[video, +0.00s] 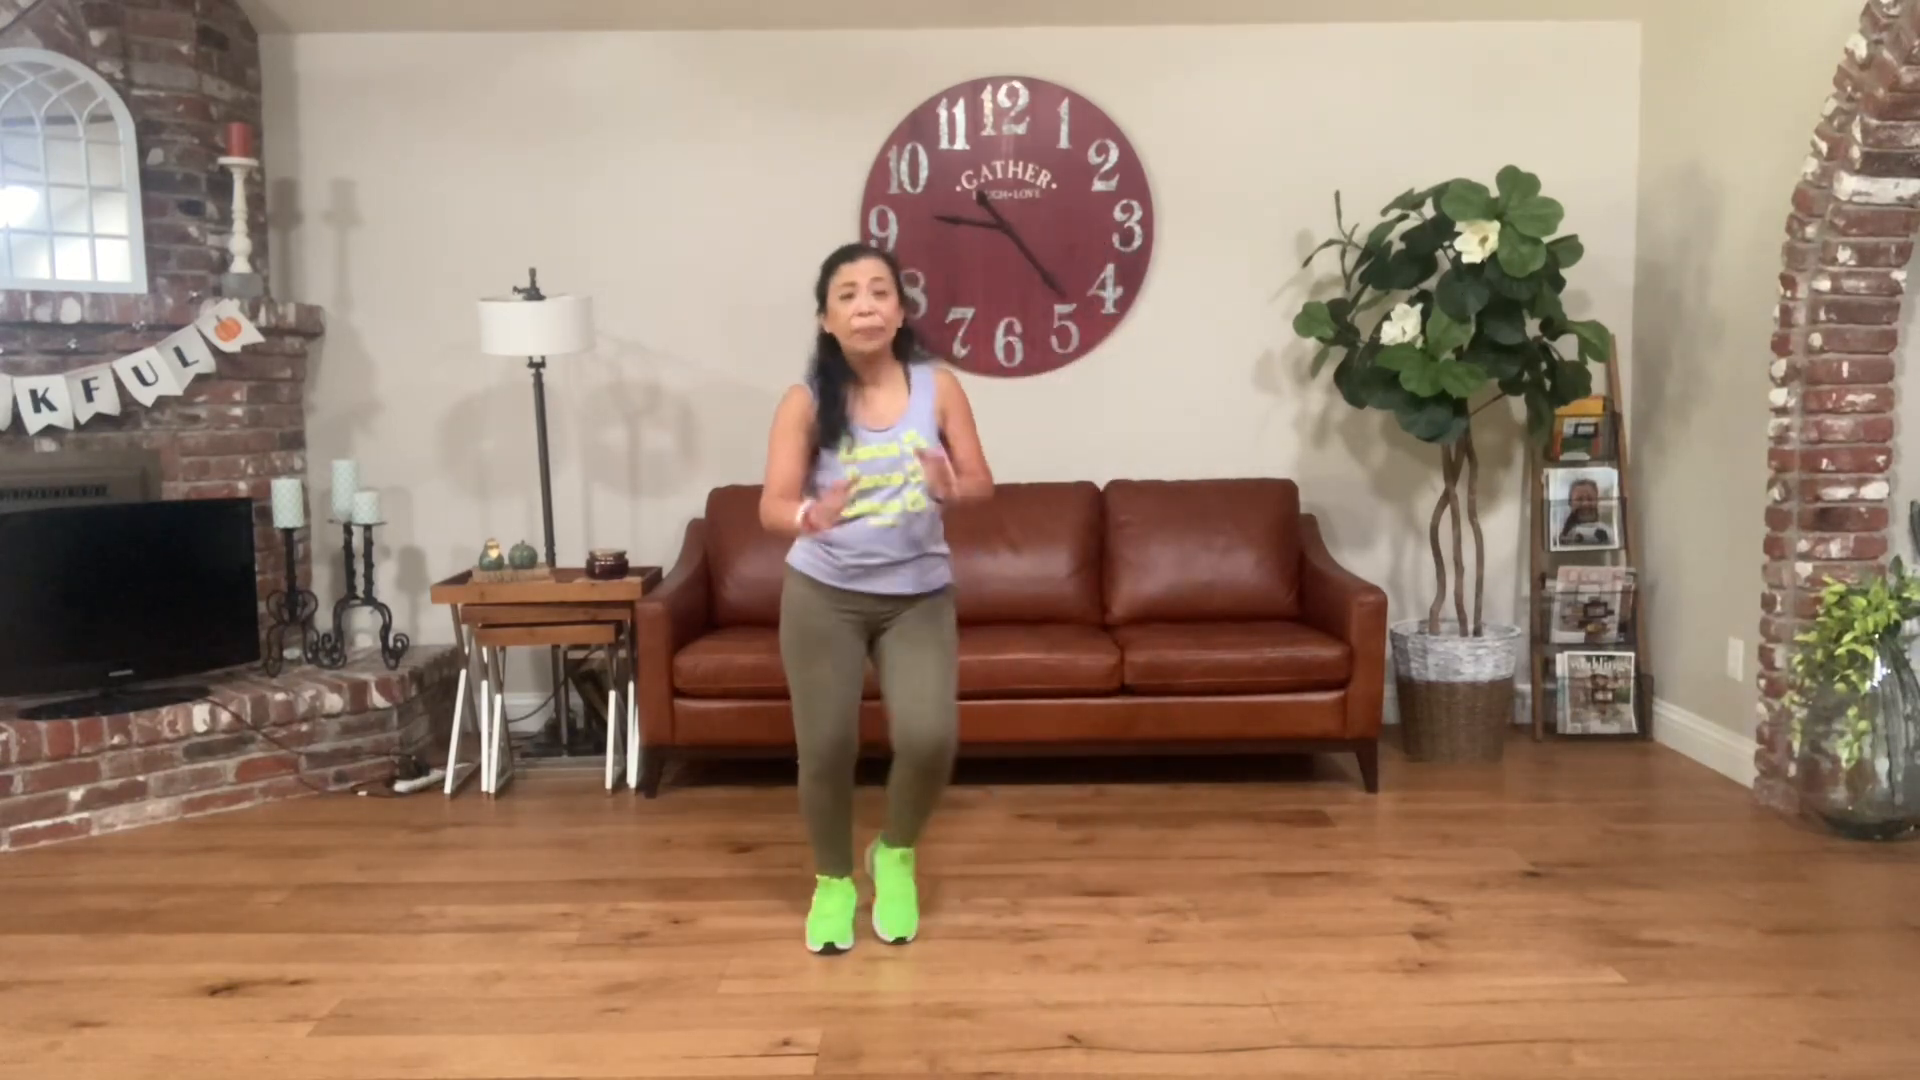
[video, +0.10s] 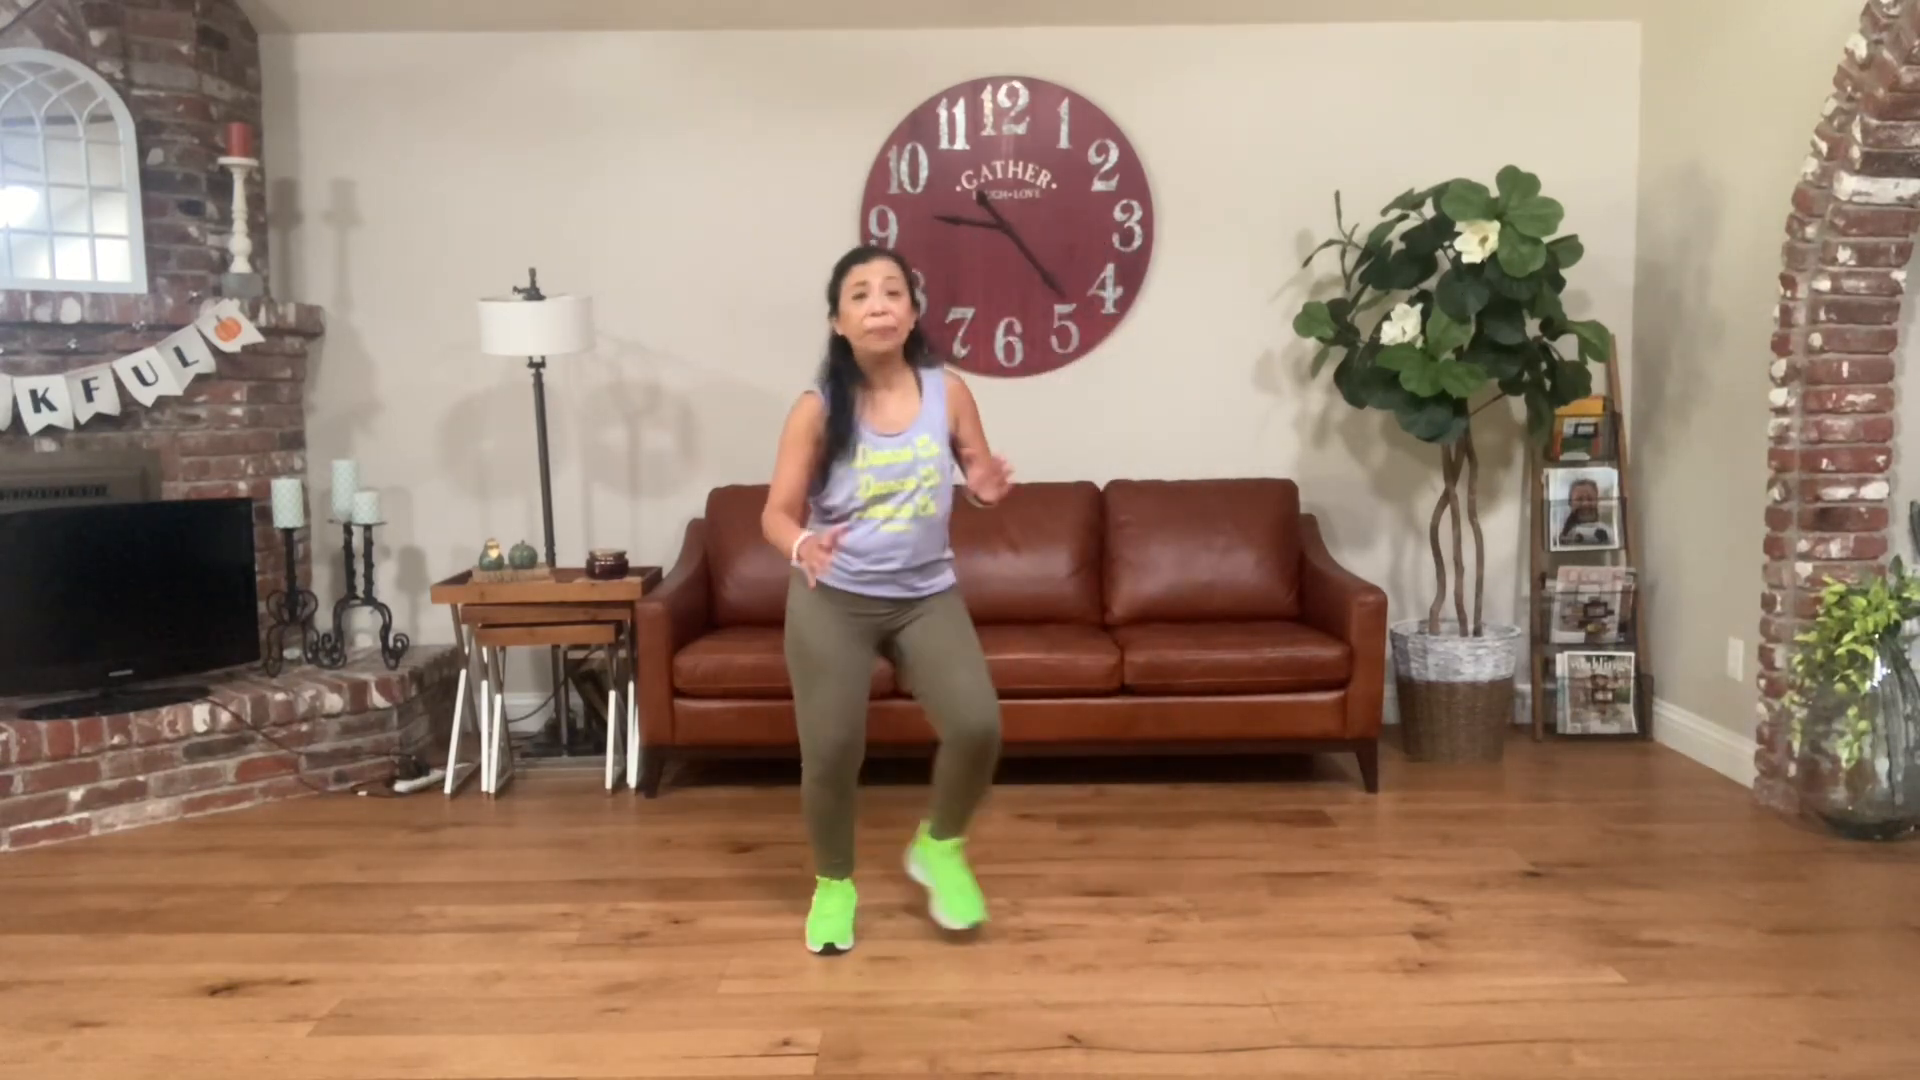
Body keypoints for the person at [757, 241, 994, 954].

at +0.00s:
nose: (866, 305)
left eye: (880, 291)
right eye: (848, 295)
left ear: (901, 308)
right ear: (825, 316)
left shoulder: (937, 386)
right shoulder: (807, 400)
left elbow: (981, 485)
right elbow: (773, 507)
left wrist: (953, 484)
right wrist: (810, 514)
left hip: (920, 594)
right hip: (822, 594)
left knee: (929, 739)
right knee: (826, 745)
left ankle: (895, 856)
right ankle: (834, 882)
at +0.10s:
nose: (879, 304)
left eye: (893, 292)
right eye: (861, 295)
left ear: (913, 311)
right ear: (837, 320)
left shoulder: (947, 393)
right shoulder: (819, 408)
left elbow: (979, 472)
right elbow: (776, 514)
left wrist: (986, 482)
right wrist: (799, 544)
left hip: (927, 596)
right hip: (832, 599)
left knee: (977, 727)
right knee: (830, 750)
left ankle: (940, 846)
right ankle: (834, 885)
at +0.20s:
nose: (897, 290)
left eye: (910, 278)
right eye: (879, 281)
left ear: (932, 297)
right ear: (856, 306)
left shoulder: (964, 383)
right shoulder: (839, 399)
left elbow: (989, 461)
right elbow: (793, 498)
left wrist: (1012, 472)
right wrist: (795, 537)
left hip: (943, 590)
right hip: (846, 589)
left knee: (1005, 729)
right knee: (843, 745)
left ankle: (1024, 861)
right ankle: (835, 885)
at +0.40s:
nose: (949, 284)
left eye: (962, 272)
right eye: (930, 276)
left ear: (983, 293)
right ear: (908, 305)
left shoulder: (1018, 373)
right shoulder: (897, 390)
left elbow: (1043, 449)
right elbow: (840, 478)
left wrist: (1102, 452)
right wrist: (800, 493)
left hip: (1008, 596)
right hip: (913, 591)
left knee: (1050, 747)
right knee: (877, 746)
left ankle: (1095, 885)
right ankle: (838, 883)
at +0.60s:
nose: (1011, 287)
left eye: (1025, 272)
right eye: (993, 276)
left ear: (1048, 290)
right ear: (971, 299)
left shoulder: (1083, 371)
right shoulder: (957, 386)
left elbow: (1134, 452)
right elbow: (901, 496)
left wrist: (1167, 425)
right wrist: (885, 457)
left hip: (1075, 584)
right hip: (976, 582)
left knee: (1091, 735)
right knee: (939, 732)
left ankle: (1098, 882)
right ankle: (867, 858)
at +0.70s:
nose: (1029, 293)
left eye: (1043, 278)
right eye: (1011, 281)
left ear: (1066, 296)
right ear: (989, 302)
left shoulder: (1098, 378)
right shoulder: (969, 388)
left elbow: (1160, 468)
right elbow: (937, 500)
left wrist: (1173, 415)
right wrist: (940, 428)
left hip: (1091, 584)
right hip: (992, 585)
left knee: (1100, 734)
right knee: (978, 723)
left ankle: (1099, 882)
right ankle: (930, 836)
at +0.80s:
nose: (1036, 289)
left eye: (1050, 274)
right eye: (1019, 276)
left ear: (1074, 293)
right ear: (997, 297)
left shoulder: (1105, 373)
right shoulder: (975, 379)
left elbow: (1146, 485)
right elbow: (971, 486)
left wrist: (1132, 420)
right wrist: (992, 415)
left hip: (1099, 579)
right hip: (1004, 582)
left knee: (1106, 728)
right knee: (1027, 724)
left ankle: (1100, 881)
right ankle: (996, 843)